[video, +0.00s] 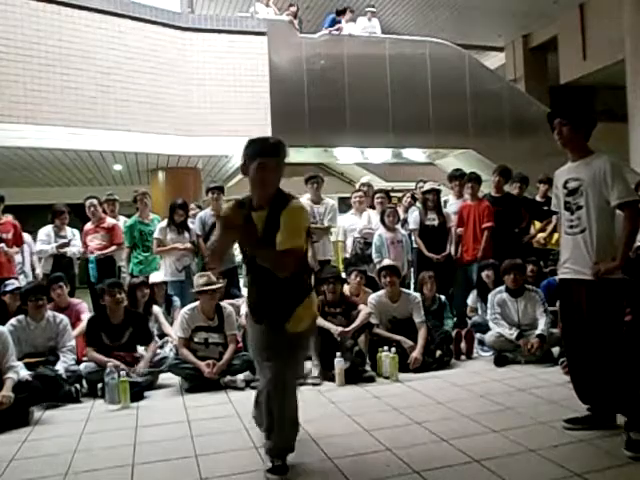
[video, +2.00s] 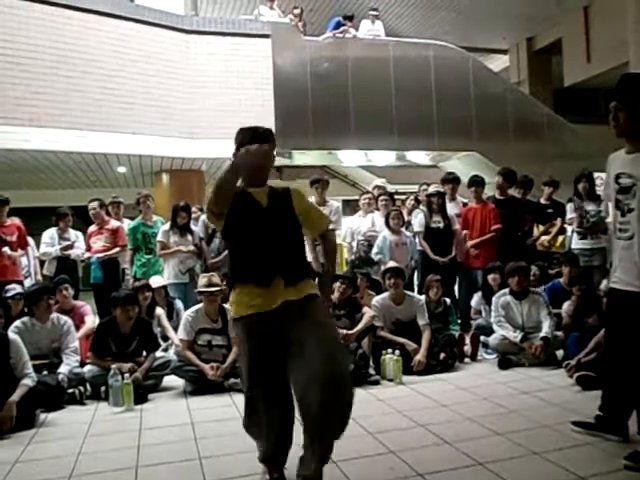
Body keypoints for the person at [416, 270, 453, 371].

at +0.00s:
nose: (429, 287)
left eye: (432, 284)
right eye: (426, 284)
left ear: (435, 286)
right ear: (422, 287)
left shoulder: (441, 300)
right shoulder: (417, 301)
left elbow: (448, 317)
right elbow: (416, 319)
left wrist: (446, 330)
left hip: (439, 331)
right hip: (424, 331)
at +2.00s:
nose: (435, 291)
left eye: (438, 288)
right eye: (432, 288)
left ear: (442, 290)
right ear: (427, 290)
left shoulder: (446, 303)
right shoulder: (421, 302)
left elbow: (453, 321)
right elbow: (420, 321)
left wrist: (454, 333)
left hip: (444, 331)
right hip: (429, 331)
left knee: (449, 338)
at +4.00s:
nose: (435, 292)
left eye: (437, 288)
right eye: (432, 289)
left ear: (441, 289)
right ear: (427, 291)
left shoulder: (447, 303)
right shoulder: (421, 303)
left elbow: (453, 322)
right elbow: (421, 322)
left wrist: (452, 334)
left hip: (444, 332)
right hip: (429, 333)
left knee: (449, 339)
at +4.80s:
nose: (435, 291)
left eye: (438, 288)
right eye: (432, 288)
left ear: (442, 290)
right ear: (427, 290)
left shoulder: (447, 303)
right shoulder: (421, 302)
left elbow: (453, 322)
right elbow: (420, 322)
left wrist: (452, 334)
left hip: (444, 332)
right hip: (428, 332)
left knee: (449, 338)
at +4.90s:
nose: (435, 291)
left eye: (438, 288)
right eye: (432, 288)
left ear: (442, 290)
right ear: (427, 290)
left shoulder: (447, 303)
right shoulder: (422, 303)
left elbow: (453, 322)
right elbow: (421, 321)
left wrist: (452, 334)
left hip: (444, 332)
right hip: (428, 332)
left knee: (450, 339)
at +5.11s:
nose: (436, 291)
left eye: (439, 288)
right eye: (433, 288)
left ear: (443, 290)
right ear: (428, 289)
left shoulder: (447, 303)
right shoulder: (422, 302)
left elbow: (453, 322)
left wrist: (452, 335)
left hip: (444, 332)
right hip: (428, 333)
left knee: (450, 339)